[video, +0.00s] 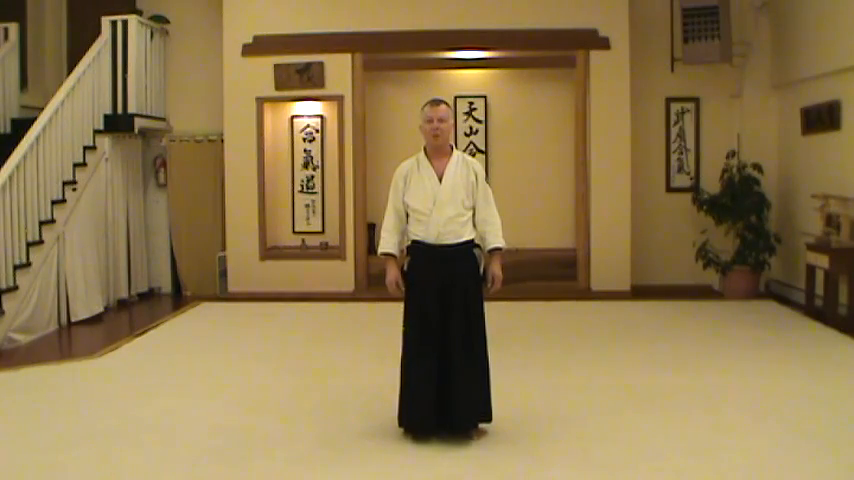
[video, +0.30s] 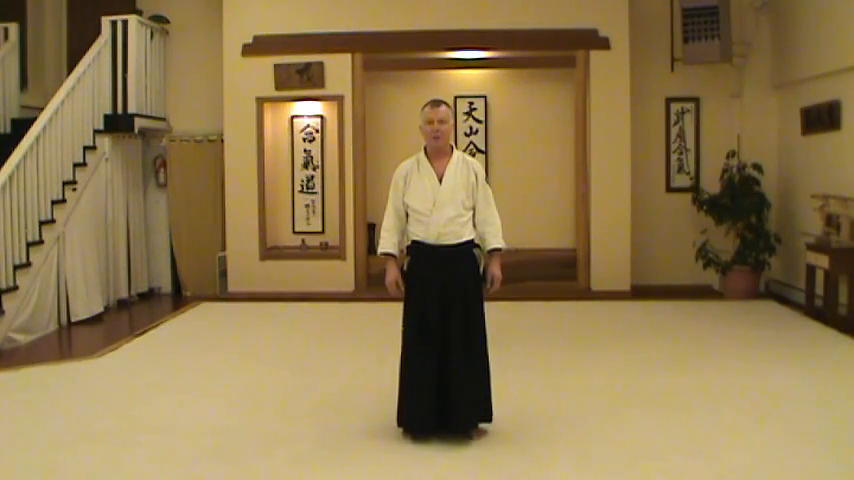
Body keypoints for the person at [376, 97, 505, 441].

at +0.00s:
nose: (436, 126)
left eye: (442, 120)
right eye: (429, 121)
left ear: (453, 125)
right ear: (421, 127)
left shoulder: (470, 167)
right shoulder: (407, 170)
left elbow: (486, 212)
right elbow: (393, 217)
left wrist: (494, 257)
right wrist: (390, 261)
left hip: (462, 260)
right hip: (422, 260)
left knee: (463, 337)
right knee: (423, 338)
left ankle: (465, 417)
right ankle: (421, 419)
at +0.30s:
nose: (436, 128)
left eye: (442, 122)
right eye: (429, 122)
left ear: (452, 126)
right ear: (420, 127)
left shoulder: (470, 167)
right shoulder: (406, 170)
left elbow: (486, 213)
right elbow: (393, 217)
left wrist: (494, 257)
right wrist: (390, 262)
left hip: (462, 260)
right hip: (422, 261)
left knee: (463, 337)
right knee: (422, 338)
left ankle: (464, 417)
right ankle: (421, 419)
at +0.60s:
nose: (436, 128)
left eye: (442, 122)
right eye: (429, 122)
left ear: (453, 126)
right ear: (420, 128)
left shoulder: (470, 167)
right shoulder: (406, 170)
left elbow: (486, 212)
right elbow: (393, 217)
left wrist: (494, 256)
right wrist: (390, 261)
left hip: (462, 260)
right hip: (422, 261)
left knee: (463, 336)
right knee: (422, 337)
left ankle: (463, 417)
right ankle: (420, 418)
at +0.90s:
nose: (435, 129)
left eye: (441, 123)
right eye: (428, 124)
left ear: (452, 126)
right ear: (419, 128)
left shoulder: (470, 167)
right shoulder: (405, 170)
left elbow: (485, 212)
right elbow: (392, 217)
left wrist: (493, 257)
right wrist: (390, 261)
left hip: (461, 260)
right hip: (422, 260)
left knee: (462, 336)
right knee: (422, 337)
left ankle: (463, 417)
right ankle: (420, 417)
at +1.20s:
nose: (434, 136)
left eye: (440, 130)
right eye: (427, 131)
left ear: (449, 130)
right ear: (417, 132)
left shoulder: (467, 168)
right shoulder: (403, 171)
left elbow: (483, 213)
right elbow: (390, 217)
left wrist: (491, 256)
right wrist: (388, 261)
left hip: (459, 260)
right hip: (419, 260)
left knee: (461, 336)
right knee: (420, 337)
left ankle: (462, 416)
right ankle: (419, 417)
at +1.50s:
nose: (427, 135)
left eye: (433, 129)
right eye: (421, 130)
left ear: (444, 130)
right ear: (412, 132)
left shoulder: (462, 167)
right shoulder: (398, 171)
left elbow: (479, 213)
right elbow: (385, 218)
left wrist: (486, 257)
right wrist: (383, 262)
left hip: (455, 261)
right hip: (415, 261)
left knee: (459, 336)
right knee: (416, 337)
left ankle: (463, 416)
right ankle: (416, 417)